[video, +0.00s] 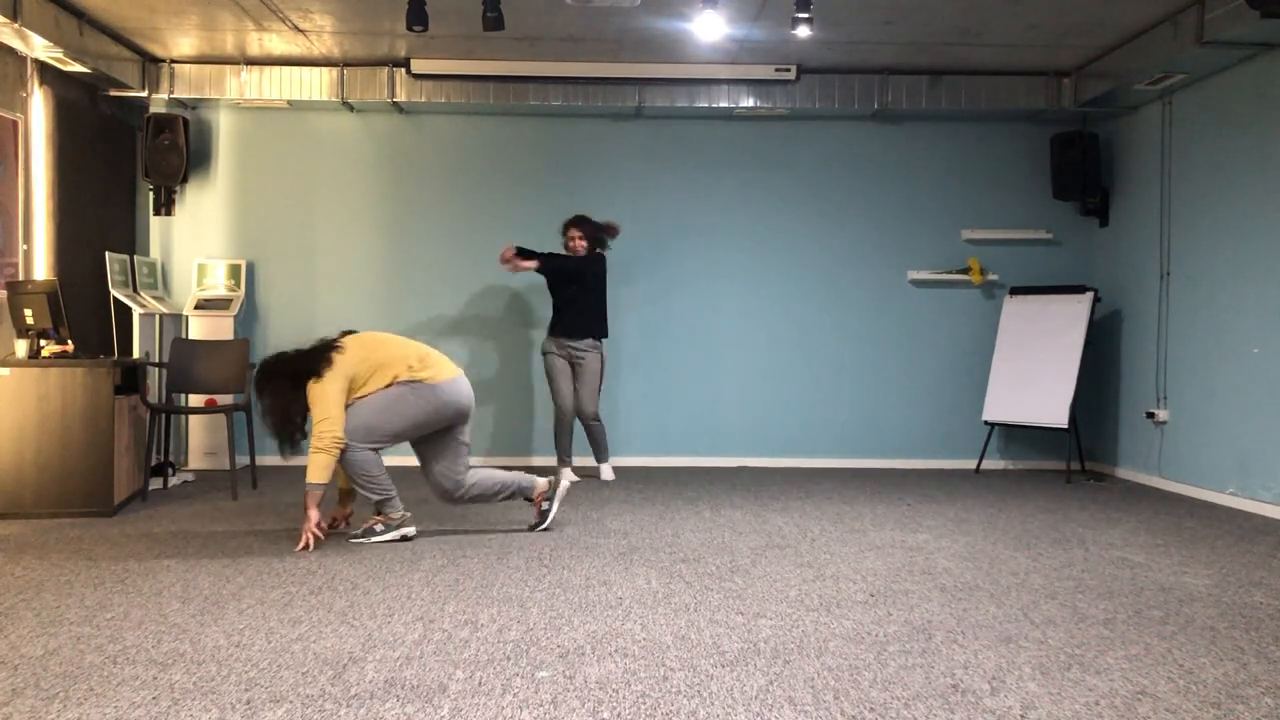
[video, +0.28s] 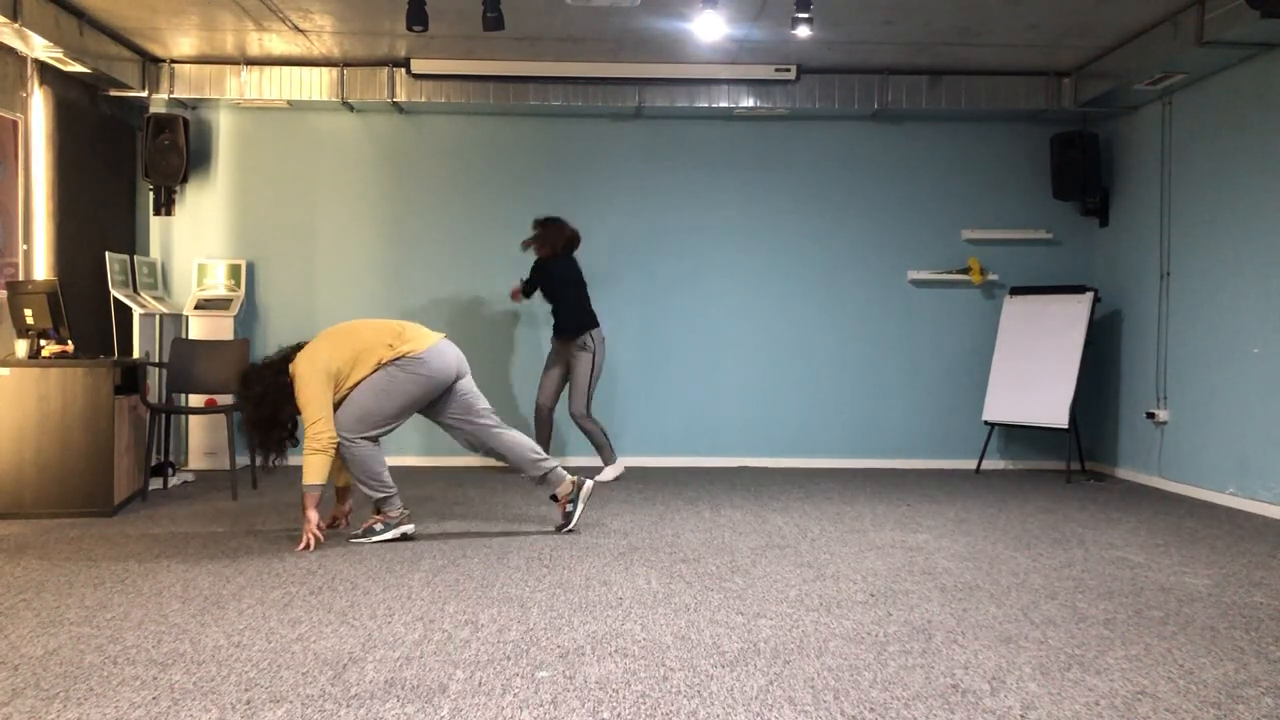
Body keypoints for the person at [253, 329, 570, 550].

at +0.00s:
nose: (284, 411)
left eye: (279, 404)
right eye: (277, 405)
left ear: (288, 387)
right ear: (297, 371)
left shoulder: (325, 375)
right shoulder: (342, 363)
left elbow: (326, 440)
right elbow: (352, 441)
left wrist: (310, 510)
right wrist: (343, 504)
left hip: (433, 389)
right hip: (450, 388)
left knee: (346, 435)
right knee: (453, 485)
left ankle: (392, 516)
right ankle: (539, 488)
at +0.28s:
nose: (289, 419)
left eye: (278, 413)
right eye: (280, 415)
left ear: (278, 391)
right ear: (284, 376)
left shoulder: (309, 369)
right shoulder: (325, 357)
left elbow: (317, 438)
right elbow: (344, 435)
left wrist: (310, 513)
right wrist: (341, 502)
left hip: (419, 362)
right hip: (443, 355)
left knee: (348, 432)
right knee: (487, 433)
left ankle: (391, 514)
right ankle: (564, 486)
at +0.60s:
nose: (294, 412)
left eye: (283, 407)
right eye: (288, 408)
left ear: (282, 387)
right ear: (287, 375)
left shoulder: (308, 371)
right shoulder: (320, 356)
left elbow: (317, 438)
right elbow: (343, 429)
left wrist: (309, 511)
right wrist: (338, 493)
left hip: (418, 359)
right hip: (442, 349)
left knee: (348, 432)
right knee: (490, 422)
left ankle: (391, 514)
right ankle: (564, 485)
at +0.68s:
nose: (293, 410)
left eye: (282, 405)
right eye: (287, 407)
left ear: (281, 386)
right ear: (287, 374)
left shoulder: (308, 371)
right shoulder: (321, 356)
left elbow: (317, 439)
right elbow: (344, 430)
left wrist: (310, 511)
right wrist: (338, 494)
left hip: (418, 361)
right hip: (443, 351)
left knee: (348, 434)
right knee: (489, 424)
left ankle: (392, 514)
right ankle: (564, 485)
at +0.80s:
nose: (282, 410)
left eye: (272, 405)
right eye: (274, 406)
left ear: (277, 386)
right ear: (283, 372)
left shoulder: (309, 371)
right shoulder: (322, 357)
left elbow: (316, 442)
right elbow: (341, 433)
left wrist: (311, 517)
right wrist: (339, 495)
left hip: (421, 371)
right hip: (443, 363)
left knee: (348, 439)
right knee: (484, 440)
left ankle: (391, 516)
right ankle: (574, 474)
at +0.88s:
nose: (283, 406)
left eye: (274, 401)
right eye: (275, 402)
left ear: (278, 384)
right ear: (287, 366)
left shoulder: (312, 373)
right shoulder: (326, 359)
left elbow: (318, 444)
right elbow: (345, 435)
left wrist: (312, 515)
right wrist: (341, 495)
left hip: (422, 385)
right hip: (445, 378)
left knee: (344, 440)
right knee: (481, 459)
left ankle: (390, 516)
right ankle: (573, 468)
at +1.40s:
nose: (316, 234)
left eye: (324, 229)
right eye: (321, 226)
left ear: (343, 242)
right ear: (360, 244)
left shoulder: (352, 289)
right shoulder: (380, 281)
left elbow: (350, 354)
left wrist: (316, 393)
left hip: (411, 388)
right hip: (441, 381)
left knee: (334, 446)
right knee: (477, 453)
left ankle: (392, 516)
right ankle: (565, 489)